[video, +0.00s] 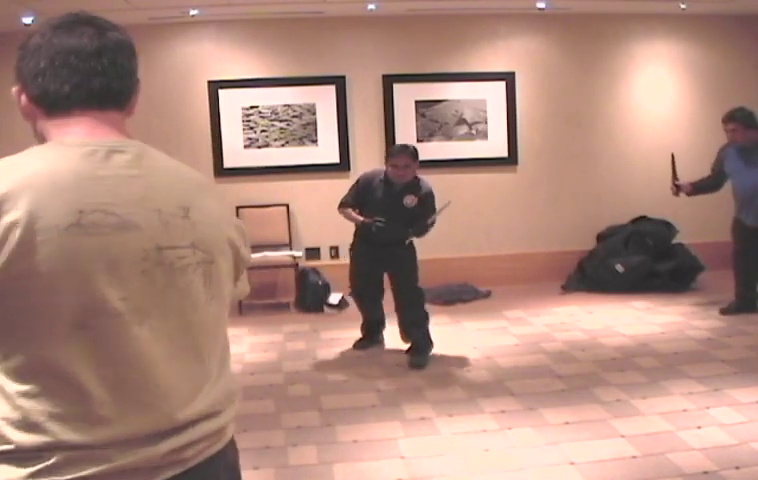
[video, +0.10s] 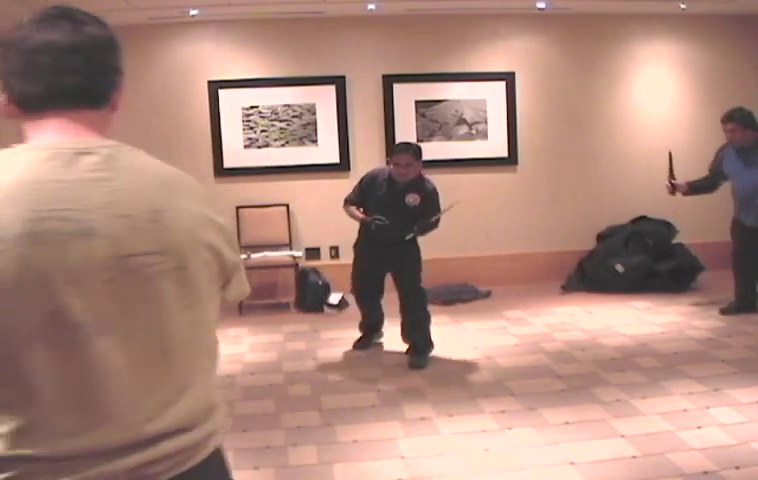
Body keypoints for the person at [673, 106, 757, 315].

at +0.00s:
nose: (730, 136)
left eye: (734, 130)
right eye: (727, 131)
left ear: (750, 130)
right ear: (726, 131)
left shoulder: (754, 152)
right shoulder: (728, 153)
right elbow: (716, 181)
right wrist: (689, 187)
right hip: (744, 218)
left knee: (751, 259)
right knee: (743, 259)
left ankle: (750, 300)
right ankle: (744, 300)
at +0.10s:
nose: (728, 136)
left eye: (733, 130)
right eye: (726, 131)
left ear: (749, 130)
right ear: (725, 132)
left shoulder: (754, 152)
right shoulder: (727, 154)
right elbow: (713, 181)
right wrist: (686, 187)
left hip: (754, 221)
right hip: (743, 220)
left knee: (751, 261)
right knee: (742, 261)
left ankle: (750, 300)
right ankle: (744, 300)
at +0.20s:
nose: (727, 137)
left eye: (731, 131)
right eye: (725, 131)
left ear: (747, 130)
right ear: (724, 132)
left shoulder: (754, 152)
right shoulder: (725, 154)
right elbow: (710, 181)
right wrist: (683, 187)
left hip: (754, 221)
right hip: (743, 220)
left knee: (750, 261)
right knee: (741, 261)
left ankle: (750, 300)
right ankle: (743, 300)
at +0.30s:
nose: (726, 137)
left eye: (731, 131)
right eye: (724, 131)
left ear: (747, 130)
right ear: (723, 132)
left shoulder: (754, 153)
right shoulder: (723, 155)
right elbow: (705, 181)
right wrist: (677, 186)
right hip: (742, 220)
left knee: (748, 260)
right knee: (740, 261)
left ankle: (748, 300)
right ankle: (744, 300)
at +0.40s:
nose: (725, 136)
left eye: (729, 130)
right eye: (723, 131)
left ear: (746, 130)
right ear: (721, 132)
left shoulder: (755, 149)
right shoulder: (722, 155)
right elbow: (700, 182)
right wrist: (670, 186)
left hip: (754, 214)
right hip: (742, 215)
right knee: (740, 257)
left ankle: (748, 299)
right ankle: (745, 299)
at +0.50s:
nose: (725, 135)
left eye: (730, 128)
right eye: (722, 129)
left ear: (745, 128)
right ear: (721, 130)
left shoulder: (755, 148)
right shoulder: (719, 155)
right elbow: (694, 180)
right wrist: (664, 184)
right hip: (741, 222)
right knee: (739, 261)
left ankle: (751, 300)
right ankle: (744, 300)